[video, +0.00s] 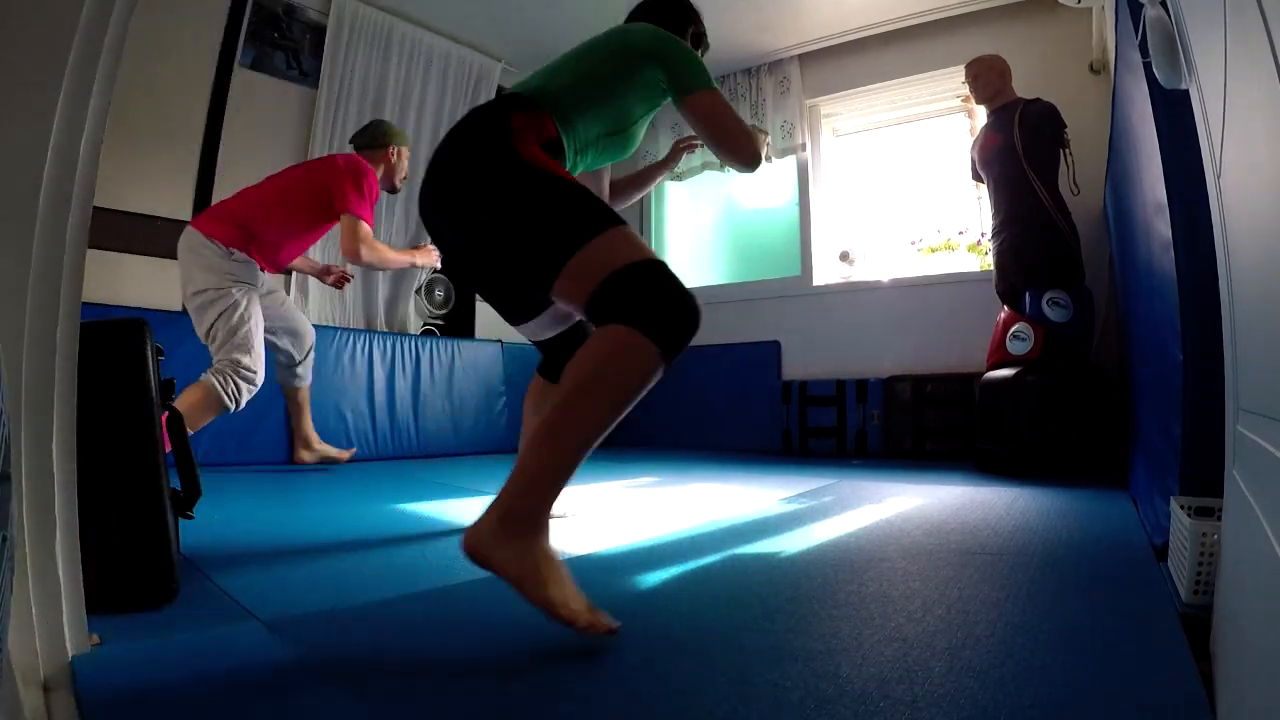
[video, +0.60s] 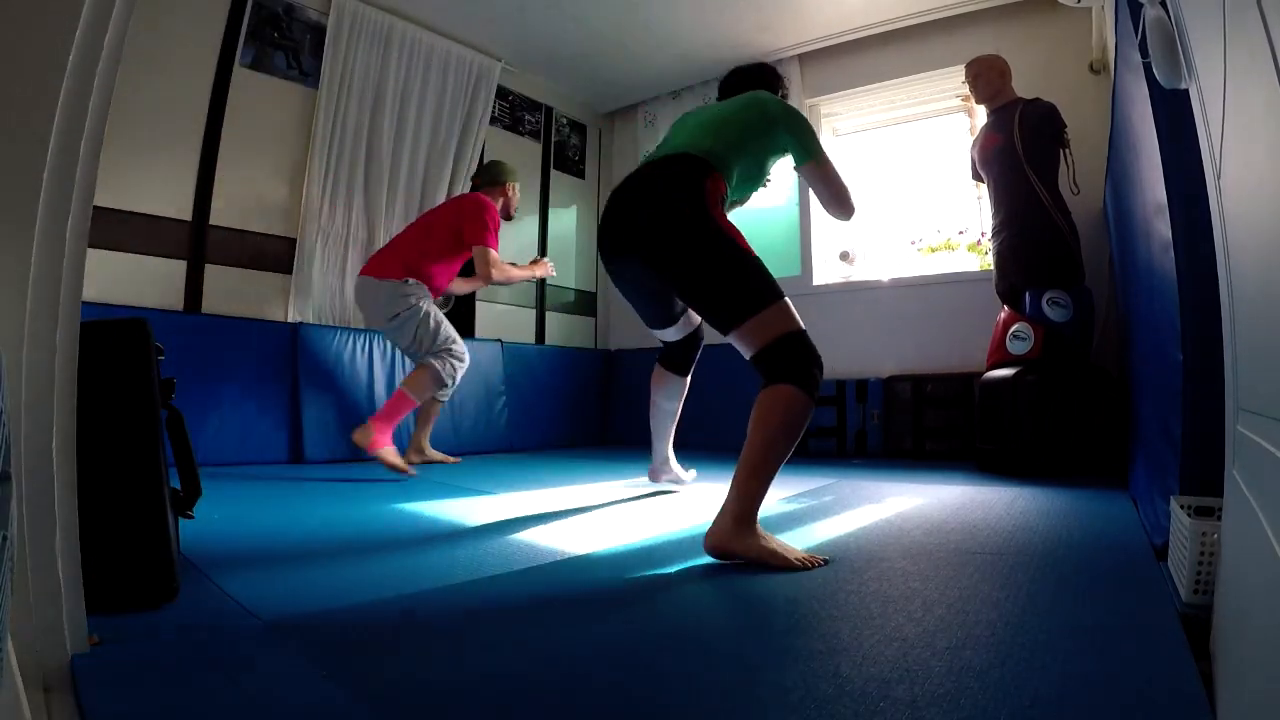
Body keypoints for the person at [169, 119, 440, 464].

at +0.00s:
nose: (407, 168)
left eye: (408, 159)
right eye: (407, 157)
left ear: (370, 149)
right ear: (391, 153)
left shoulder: (337, 171)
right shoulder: (359, 172)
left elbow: (265, 243)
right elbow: (358, 248)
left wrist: (318, 269)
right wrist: (414, 257)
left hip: (245, 261)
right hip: (218, 252)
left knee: (297, 337)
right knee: (239, 374)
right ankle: (152, 444)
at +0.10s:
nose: (429, 171)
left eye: (429, 163)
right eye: (428, 162)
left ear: (399, 156)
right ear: (413, 158)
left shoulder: (364, 178)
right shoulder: (382, 175)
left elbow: (303, 252)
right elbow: (380, 246)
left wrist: (357, 273)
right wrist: (435, 255)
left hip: (278, 265)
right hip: (251, 254)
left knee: (320, 349)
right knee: (277, 362)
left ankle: (313, 451)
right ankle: (176, 436)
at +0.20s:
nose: (449, 174)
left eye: (449, 165)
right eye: (449, 164)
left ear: (414, 157)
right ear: (437, 160)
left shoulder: (384, 183)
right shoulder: (401, 174)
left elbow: (344, 261)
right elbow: (398, 242)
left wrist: (396, 268)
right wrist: (453, 253)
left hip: (291, 254)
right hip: (276, 248)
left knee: (348, 346)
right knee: (334, 339)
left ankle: (318, 445)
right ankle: (251, 434)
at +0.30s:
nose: (466, 181)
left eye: (468, 173)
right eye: (467, 172)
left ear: (437, 162)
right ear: (455, 164)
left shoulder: (404, 181)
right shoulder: (420, 176)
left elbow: (358, 260)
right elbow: (423, 246)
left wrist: (414, 267)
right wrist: (474, 254)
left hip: (326, 263)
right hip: (308, 259)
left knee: (388, 335)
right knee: (361, 349)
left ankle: (347, 425)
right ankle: (288, 453)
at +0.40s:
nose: (483, 183)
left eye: (482, 175)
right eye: (482, 174)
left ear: (446, 169)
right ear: (471, 171)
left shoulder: (427, 192)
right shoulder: (442, 186)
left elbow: (383, 268)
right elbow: (449, 251)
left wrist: (430, 272)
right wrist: (493, 257)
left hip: (362, 282)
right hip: (337, 276)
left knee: (411, 349)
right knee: (373, 368)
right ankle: (291, 458)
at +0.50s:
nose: (501, 193)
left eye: (501, 185)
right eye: (500, 184)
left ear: (464, 180)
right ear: (489, 182)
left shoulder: (444, 204)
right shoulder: (462, 200)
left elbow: (423, 280)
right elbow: (473, 263)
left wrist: (467, 277)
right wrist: (516, 265)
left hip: (391, 292)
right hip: (369, 286)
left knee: (436, 358)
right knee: (407, 368)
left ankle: (418, 445)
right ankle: (317, 436)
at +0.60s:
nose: (518, 199)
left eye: (517, 192)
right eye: (517, 191)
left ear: (482, 186)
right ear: (508, 189)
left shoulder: (463, 208)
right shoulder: (483, 207)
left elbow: (445, 285)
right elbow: (491, 271)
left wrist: (495, 276)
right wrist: (533, 271)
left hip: (386, 286)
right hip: (394, 286)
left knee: (447, 359)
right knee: (452, 356)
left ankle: (419, 445)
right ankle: (377, 429)